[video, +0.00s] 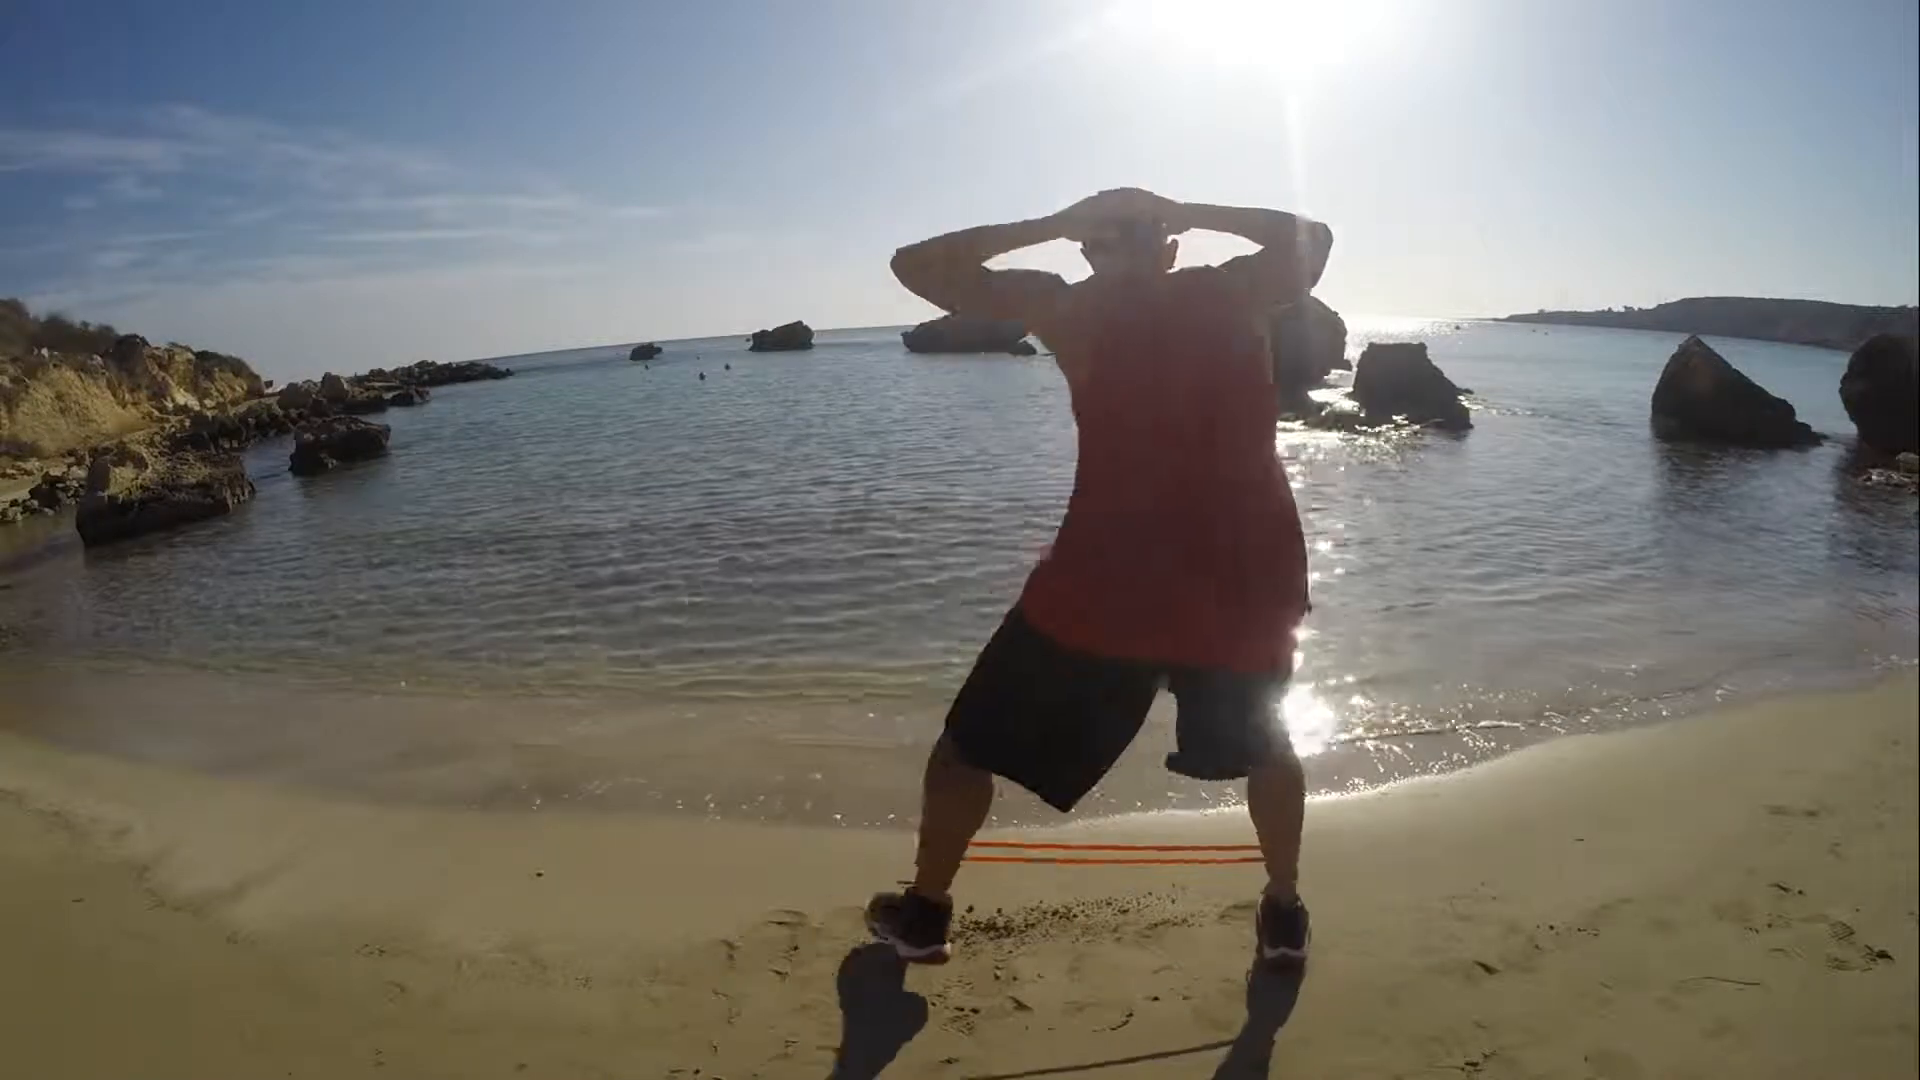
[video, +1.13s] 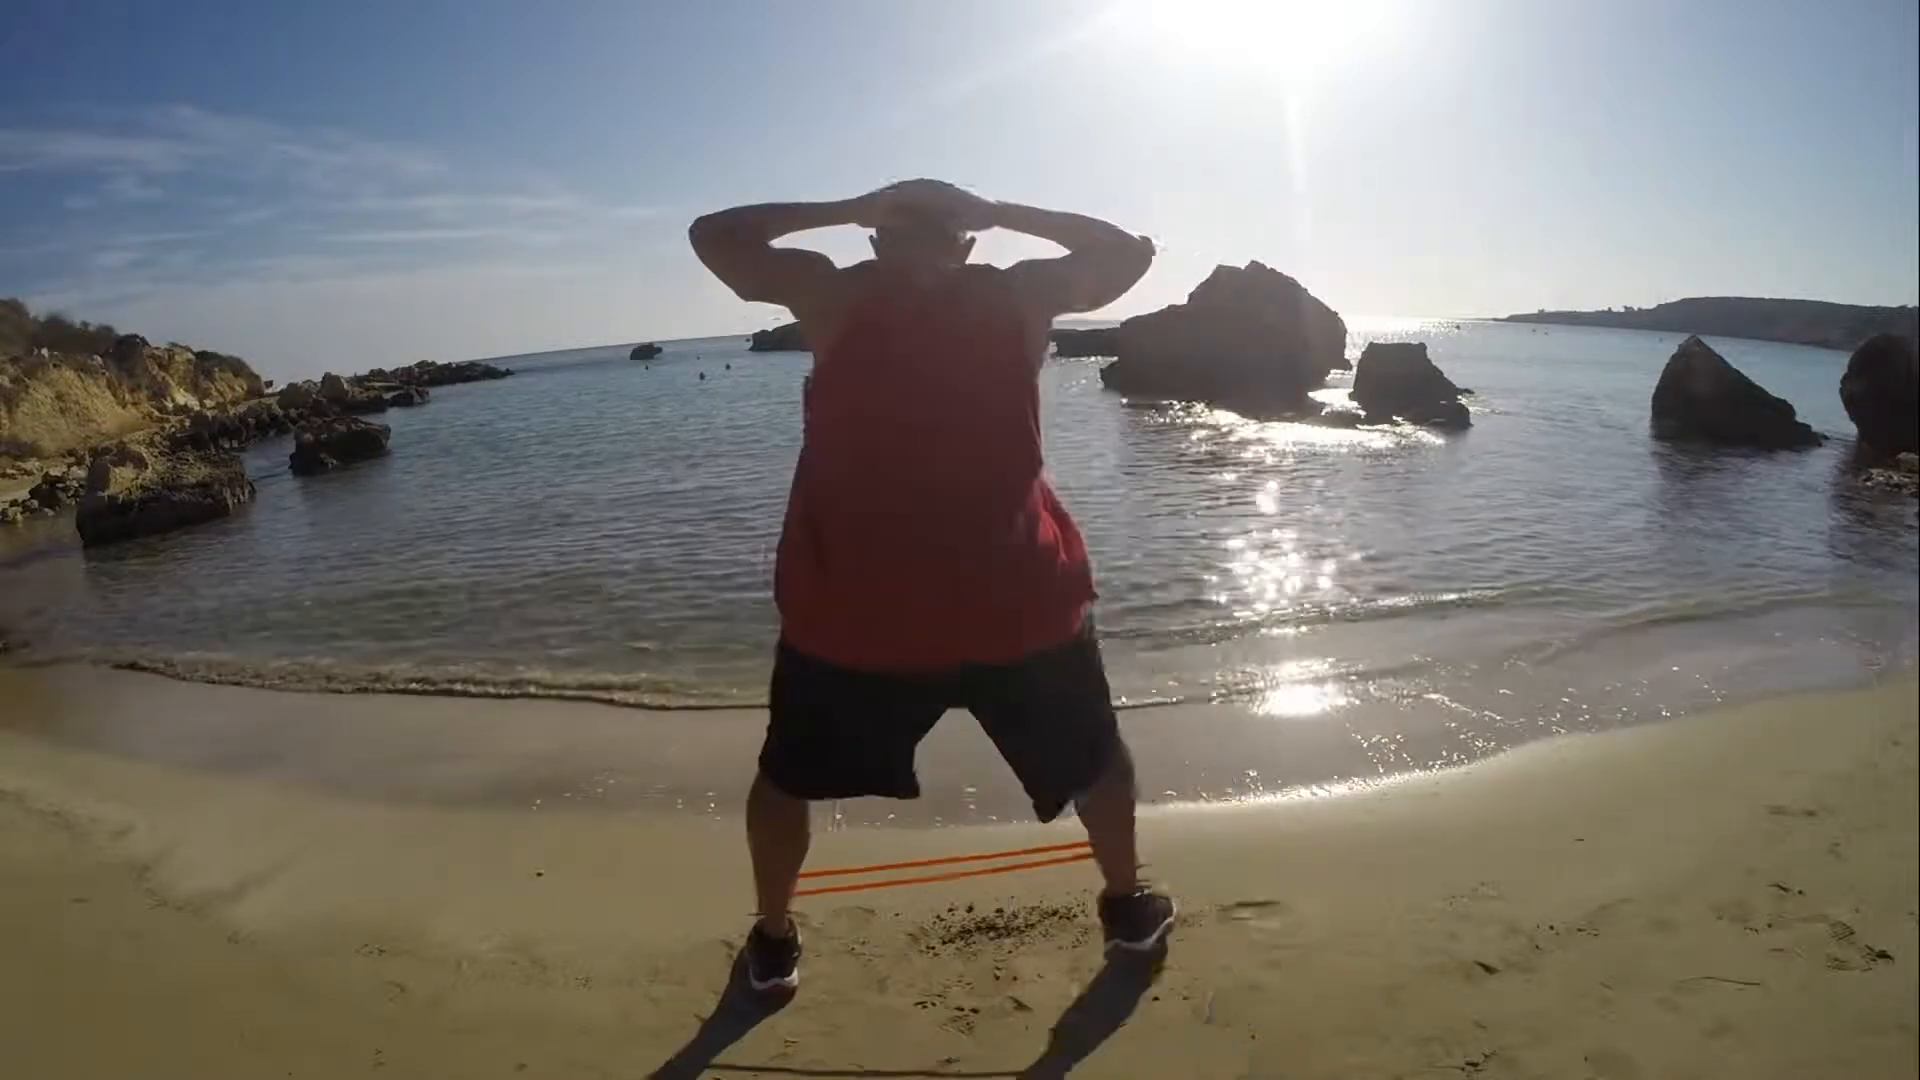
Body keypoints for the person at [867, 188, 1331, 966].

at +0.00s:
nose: (1094, 258)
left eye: (1097, 244)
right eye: (1096, 244)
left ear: (1095, 249)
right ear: (1166, 240)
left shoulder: (1071, 312)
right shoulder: (1237, 292)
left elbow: (917, 265)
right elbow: (1308, 237)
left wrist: (1051, 225)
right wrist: (1195, 213)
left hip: (1107, 563)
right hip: (1244, 568)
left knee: (969, 741)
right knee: (1267, 741)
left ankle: (927, 908)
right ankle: (1284, 908)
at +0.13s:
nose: (1142, 241)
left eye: (1144, 225)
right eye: (1145, 225)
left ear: (1138, 233)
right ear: (1210, 229)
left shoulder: (1113, 297)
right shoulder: (1277, 282)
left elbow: (961, 242)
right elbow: (1347, 235)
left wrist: (1097, 210)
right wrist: (1237, 204)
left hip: (1145, 570)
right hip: (1280, 573)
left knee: (1065, 734)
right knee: (1285, 738)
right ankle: (1287, 908)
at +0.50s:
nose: (1189, 248)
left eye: (1189, 236)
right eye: (1196, 236)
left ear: (1183, 246)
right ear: (1255, 244)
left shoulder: (1152, 303)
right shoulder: (1320, 301)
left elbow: (1013, 246)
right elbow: (1385, 266)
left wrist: (1147, 222)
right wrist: (1286, 227)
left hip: (1158, 567)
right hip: (1296, 576)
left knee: (1042, 719)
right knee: (1278, 729)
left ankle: (1030, 902)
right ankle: (1285, 910)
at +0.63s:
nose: (1166, 247)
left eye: (1168, 236)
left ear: (1165, 246)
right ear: (1240, 246)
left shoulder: (1136, 303)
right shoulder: (1306, 307)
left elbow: (997, 239)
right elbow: (1369, 269)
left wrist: (1133, 219)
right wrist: (1267, 228)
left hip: (1126, 568)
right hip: (1268, 580)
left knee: (966, 723)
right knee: (1271, 739)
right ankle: (1284, 911)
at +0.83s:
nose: (1116, 265)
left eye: (1117, 253)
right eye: (1114, 254)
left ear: (1089, 270)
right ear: (1157, 271)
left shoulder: (1044, 330)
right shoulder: (1217, 336)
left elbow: (907, 266)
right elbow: (1292, 284)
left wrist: (1047, 244)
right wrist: (1181, 247)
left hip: (1032, 606)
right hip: (1183, 613)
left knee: (884, 773)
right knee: (1243, 763)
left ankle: (788, 932)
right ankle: (1279, 910)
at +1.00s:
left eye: (988, 239)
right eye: (1027, 239)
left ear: (961, 254)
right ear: (1048, 259)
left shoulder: (913, 318)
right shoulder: (1101, 323)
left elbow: (789, 252)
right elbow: (1196, 277)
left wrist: (929, 228)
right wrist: (1077, 233)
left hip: (924, 604)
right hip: (1080, 604)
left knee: (817, 768)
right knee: (1184, 755)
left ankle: (773, 941)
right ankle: (1257, 898)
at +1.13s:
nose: (914, 223)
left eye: (903, 214)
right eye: (934, 213)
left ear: (878, 238)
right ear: (968, 239)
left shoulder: (833, 298)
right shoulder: (1019, 297)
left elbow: (715, 234)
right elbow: (1128, 250)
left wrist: (851, 208)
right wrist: (995, 211)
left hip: (854, 593)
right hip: (1010, 585)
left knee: (785, 773)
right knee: (1092, 748)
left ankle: (771, 940)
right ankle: (1126, 904)